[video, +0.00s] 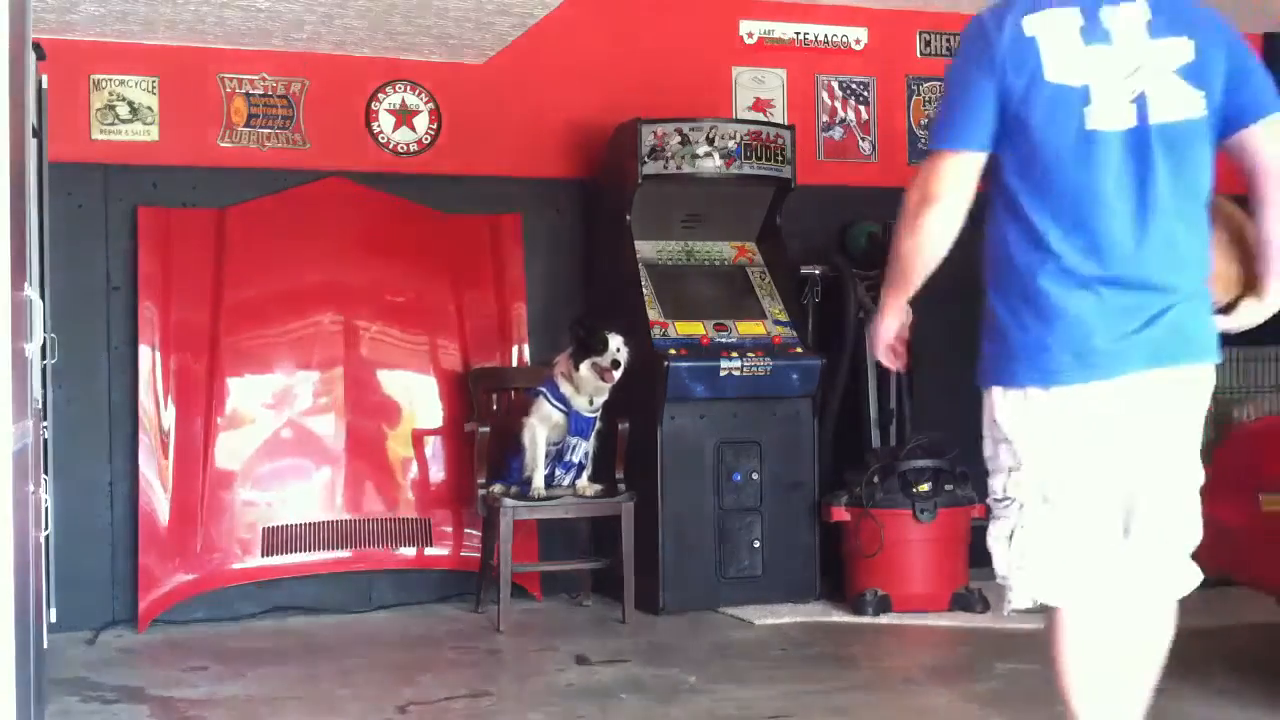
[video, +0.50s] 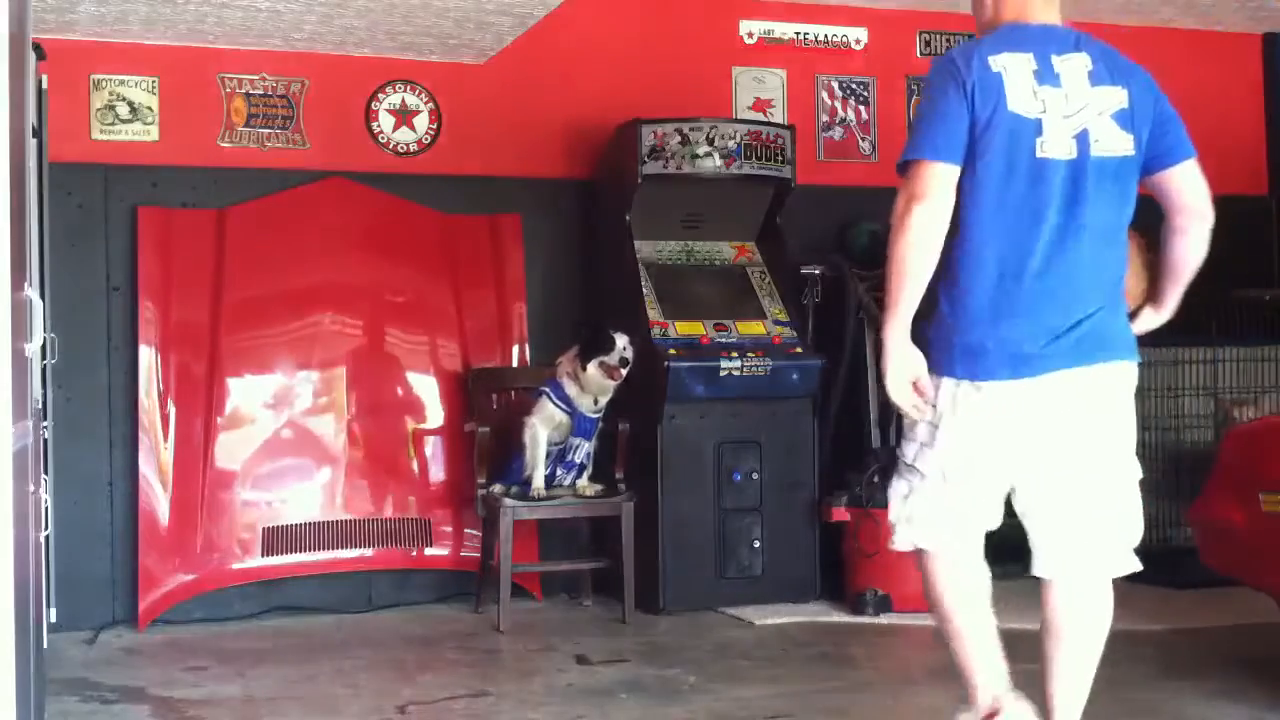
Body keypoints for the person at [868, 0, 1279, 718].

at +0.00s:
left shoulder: (1005, 29)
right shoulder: (1202, 26)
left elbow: (942, 191)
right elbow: (1269, 169)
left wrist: (895, 297)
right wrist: (1267, 287)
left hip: (1052, 356)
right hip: (1176, 346)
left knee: (1081, 587)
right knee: (1155, 580)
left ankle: (1093, 710)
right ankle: (1123, 710)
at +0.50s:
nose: (970, 9)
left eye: (972, 5)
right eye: (973, 7)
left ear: (989, 4)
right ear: (1059, 3)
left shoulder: (965, 68)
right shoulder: (1129, 78)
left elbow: (925, 201)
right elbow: (1193, 209)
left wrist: (896, 330)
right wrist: (1165, 299)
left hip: (978, 366)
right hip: (1096, 363)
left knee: (944, 532)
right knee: (1082, 556)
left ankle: (992, 698)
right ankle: (1065, 710)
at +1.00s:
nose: (876, 47)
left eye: (877, 33)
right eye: (879, 33)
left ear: (891, 32)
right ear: (957, 29)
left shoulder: (873, 117)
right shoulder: (1028, 107)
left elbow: (843, 240)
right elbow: (1091, 226)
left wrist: (816, 349)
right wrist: (1073, 303)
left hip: (904, 371)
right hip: (1005, 364)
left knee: (908, 539)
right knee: (1004, 526)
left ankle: (925, 702)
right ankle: (1036, 657)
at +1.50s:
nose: (841, 79)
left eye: (841, 68)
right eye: (844, 69)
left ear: (850, 65)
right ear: (915, 64)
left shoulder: (836, 138)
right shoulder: (972, 139)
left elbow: (801, 266)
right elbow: (1007, 263)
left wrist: (814, 313)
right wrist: (962, 328)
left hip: (868, 369)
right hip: (950, 364)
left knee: (885, 532)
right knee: (936, 526)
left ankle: (928, 698)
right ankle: (906, 667)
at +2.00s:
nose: (819, 98)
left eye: (818, 87)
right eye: (820, 87)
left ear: (832, 79)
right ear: (886, 80)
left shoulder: (828, 142)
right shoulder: (942, 149)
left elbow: (796, 256)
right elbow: (955, 266)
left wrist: (774, 291)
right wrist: (880, 276)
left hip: (839, 370)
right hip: (923, 366)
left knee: (824, 519)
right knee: (915, 515)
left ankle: (841, 675)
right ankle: (911, 670)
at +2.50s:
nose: (753, 148)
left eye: (750, 137)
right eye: (748, 139)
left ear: (764, 118)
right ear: (817, 111)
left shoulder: (782, 159)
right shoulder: (880, 157)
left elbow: (775, 269)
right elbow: (898, 262)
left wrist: (762, 374)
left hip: (847, 367)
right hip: (928, 358)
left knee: (827, 520)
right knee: (912, 514)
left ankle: (843, 675)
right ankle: (931, 663)